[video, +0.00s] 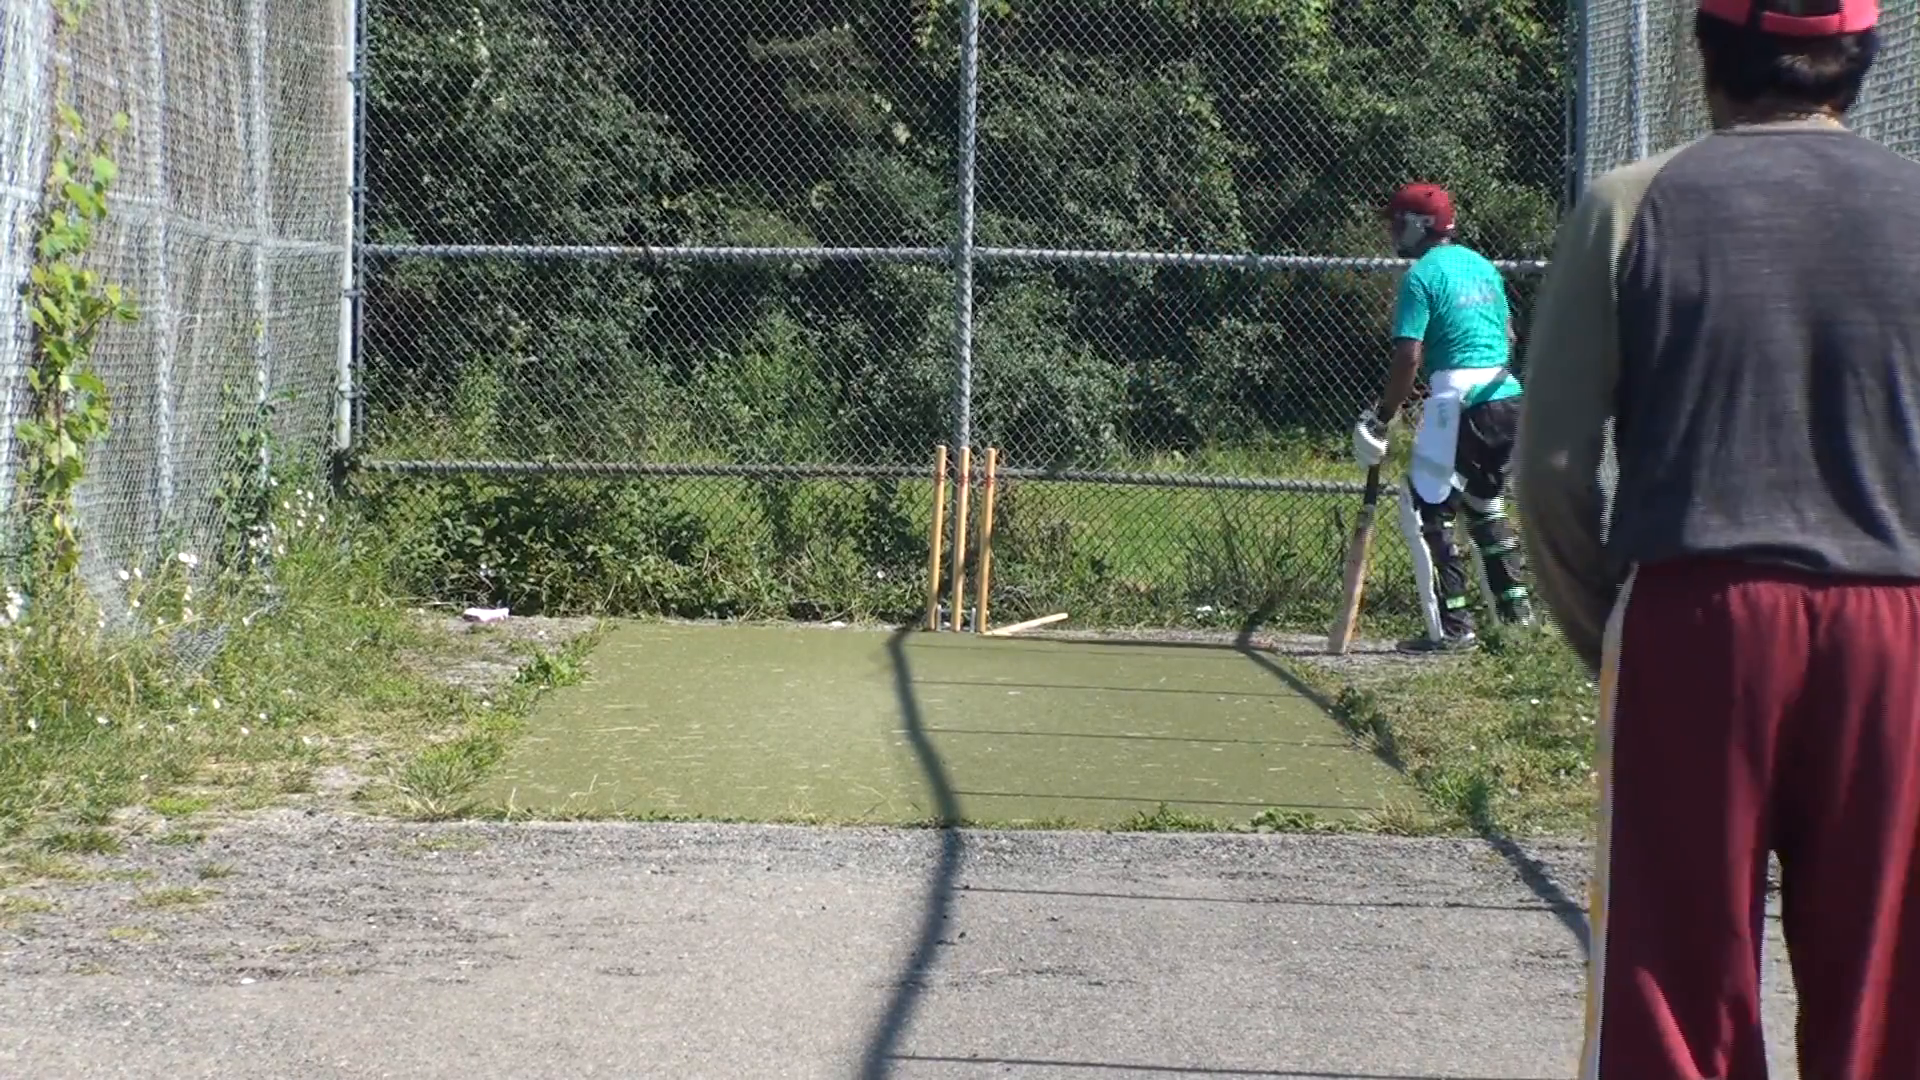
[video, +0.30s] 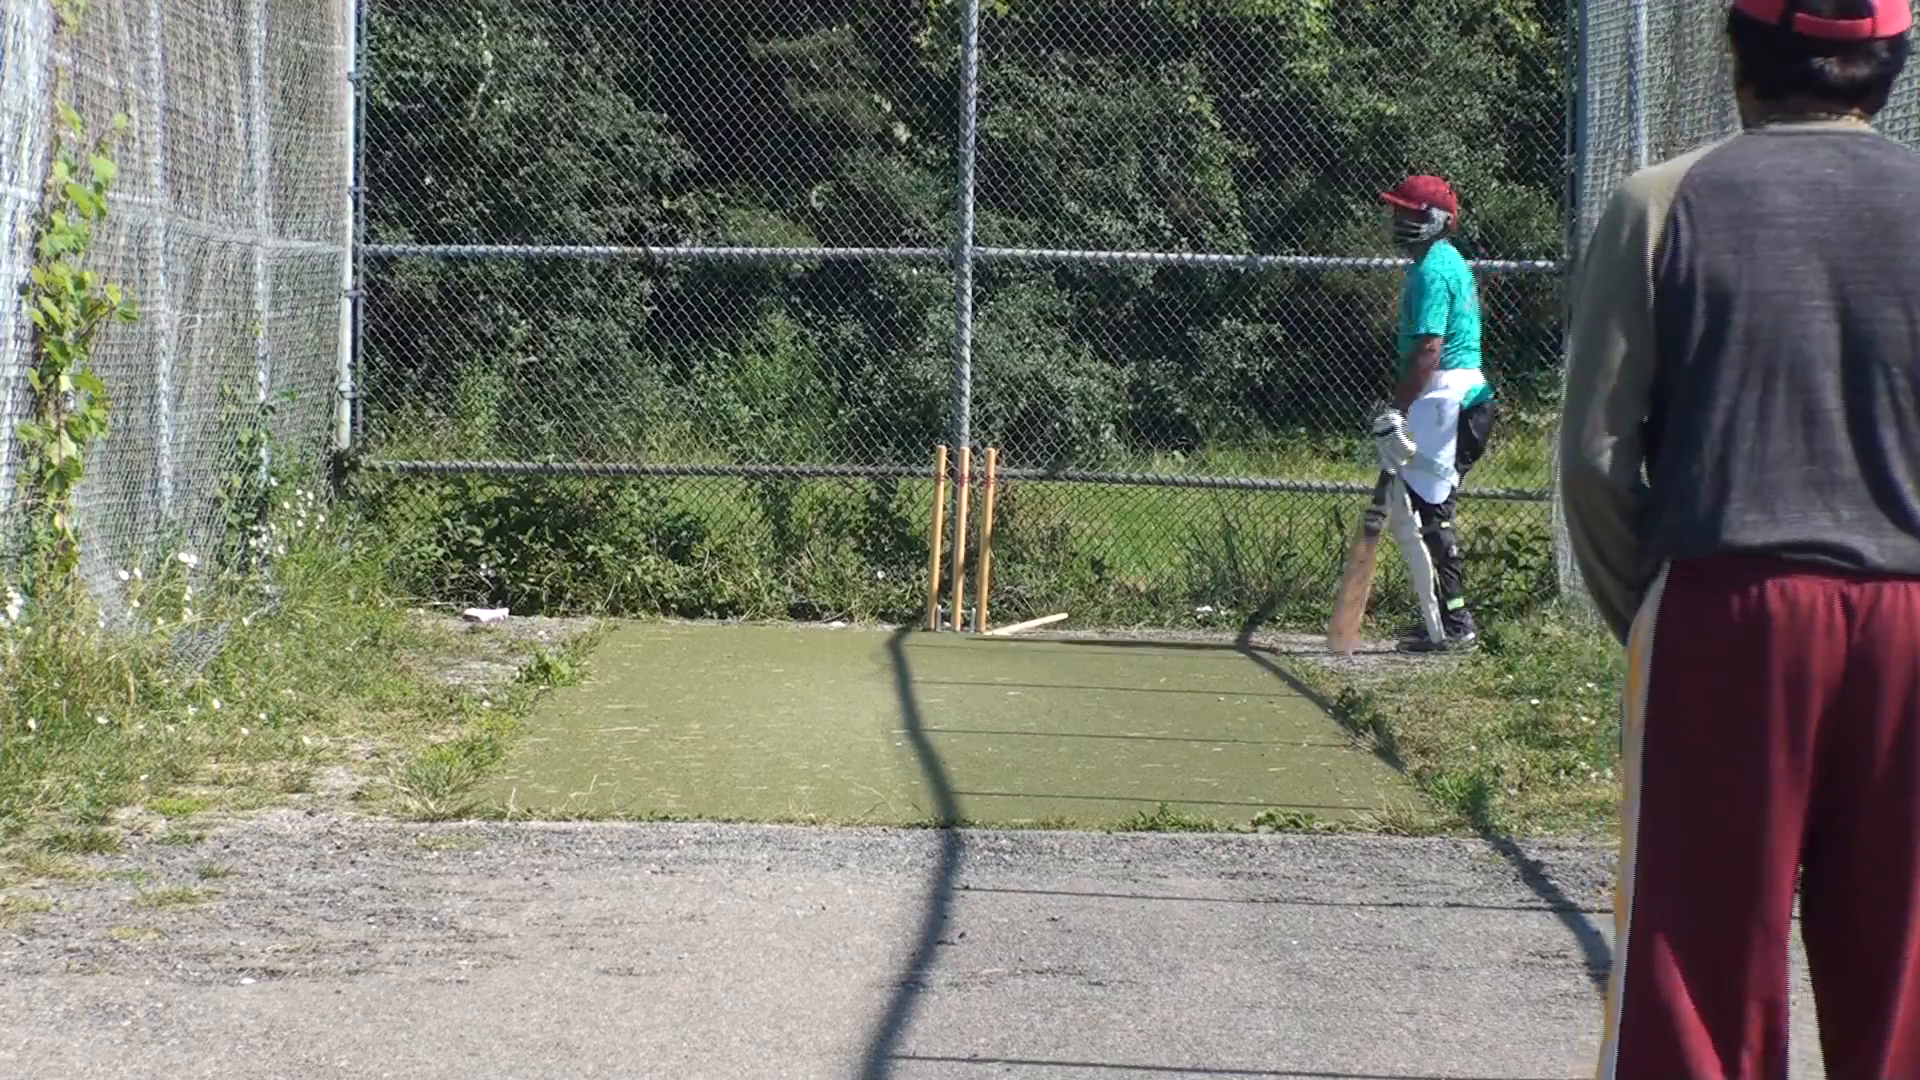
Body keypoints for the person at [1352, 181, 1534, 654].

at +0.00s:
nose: (1391, 232)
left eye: (1397, 223)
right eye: (1392, 222)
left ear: (1419, 225)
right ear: (1442, 226)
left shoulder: (1420, 275)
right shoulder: (1482, 264)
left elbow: (1408, 358)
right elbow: (1507, 333)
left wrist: (1382, 418)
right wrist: (1450, 382)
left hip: (1459, 409)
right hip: (1505, 402)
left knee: (1428, 508)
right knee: (1485, 504)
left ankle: (1452, 625)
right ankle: (1517, 611)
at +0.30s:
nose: (1399, 223)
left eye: (1410, 215)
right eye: (1398, 214)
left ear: (1436, 220)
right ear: (1431, 221)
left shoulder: (1433, 268)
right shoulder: (1443, 261)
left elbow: (1429, 353)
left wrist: (1394, 412)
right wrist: (1401, 407)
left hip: (1445, 403)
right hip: (1457, 397)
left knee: (1429, 508)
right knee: (1422, 504)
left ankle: (1452, 619)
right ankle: (1443, 615)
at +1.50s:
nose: (1337, 224)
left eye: (1349, 217)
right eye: (1330, 215)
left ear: (1364, 223)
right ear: (1317, 217)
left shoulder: (1376, 272)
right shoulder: (1296, 270)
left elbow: (1401, 346)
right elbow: (1284, 334)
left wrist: (1397, 414)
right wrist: (1267, 385)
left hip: (1358, 392)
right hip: (1310, 396)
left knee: (1336, 503)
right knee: (1317, 507)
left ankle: (1338, 617)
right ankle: (1350, 623)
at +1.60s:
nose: (1326, 228)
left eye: (1338, 221)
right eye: (1319, 219)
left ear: (1355, 226)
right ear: (1308, 221)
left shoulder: (1370, 273)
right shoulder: (1291, 271)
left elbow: (1396, 346)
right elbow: (1274, 335)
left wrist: (1394, 412)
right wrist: (1266, 382)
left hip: (1353, 393)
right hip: (1305, 396)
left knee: (1330, 502)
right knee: (1317, 507)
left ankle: (1316, 619)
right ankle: (1351, 625)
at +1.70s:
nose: (1320, 229)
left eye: (1331, 221)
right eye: (1312, 220)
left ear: (1347, 225)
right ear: (1300, 223)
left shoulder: (1364, 274)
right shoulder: (1282, 275)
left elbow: (1390, 345)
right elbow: (1268, 336)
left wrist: (1389, 411)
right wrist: (1255, 376)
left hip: (1345, 395)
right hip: (1296, 399)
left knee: (1321, 507)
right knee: (1309, 511)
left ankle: (1301, 625)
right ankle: (1350, 625)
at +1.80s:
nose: (1315, 228)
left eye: (1326, 220)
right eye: (1307, 219)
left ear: (1342, 224)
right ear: (1295, 222)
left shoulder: (1358, 275)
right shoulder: (1277, 274)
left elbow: (1385, 347)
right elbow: (1262, 337)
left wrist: (1381, 412)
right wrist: (1250, 372)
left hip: (1337, 397)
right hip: (1289, 399)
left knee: (1311, 509)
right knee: (1296, 512)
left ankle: (1298, 628)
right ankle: (1347, 622)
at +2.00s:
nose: (1300, 221)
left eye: (1312, 213)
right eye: (1293, 212)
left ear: (1331, 217)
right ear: (1283, 214)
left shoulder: (1347, 272)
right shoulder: (1264, 268)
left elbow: (1369, 345)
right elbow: (1250, 334)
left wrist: (1365, 412)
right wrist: (1231, 356)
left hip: (1324, 396)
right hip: (1272, 396)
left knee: (1303, 508)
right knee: (1244, 508)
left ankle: (1301, 632)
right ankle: (1299, 600)